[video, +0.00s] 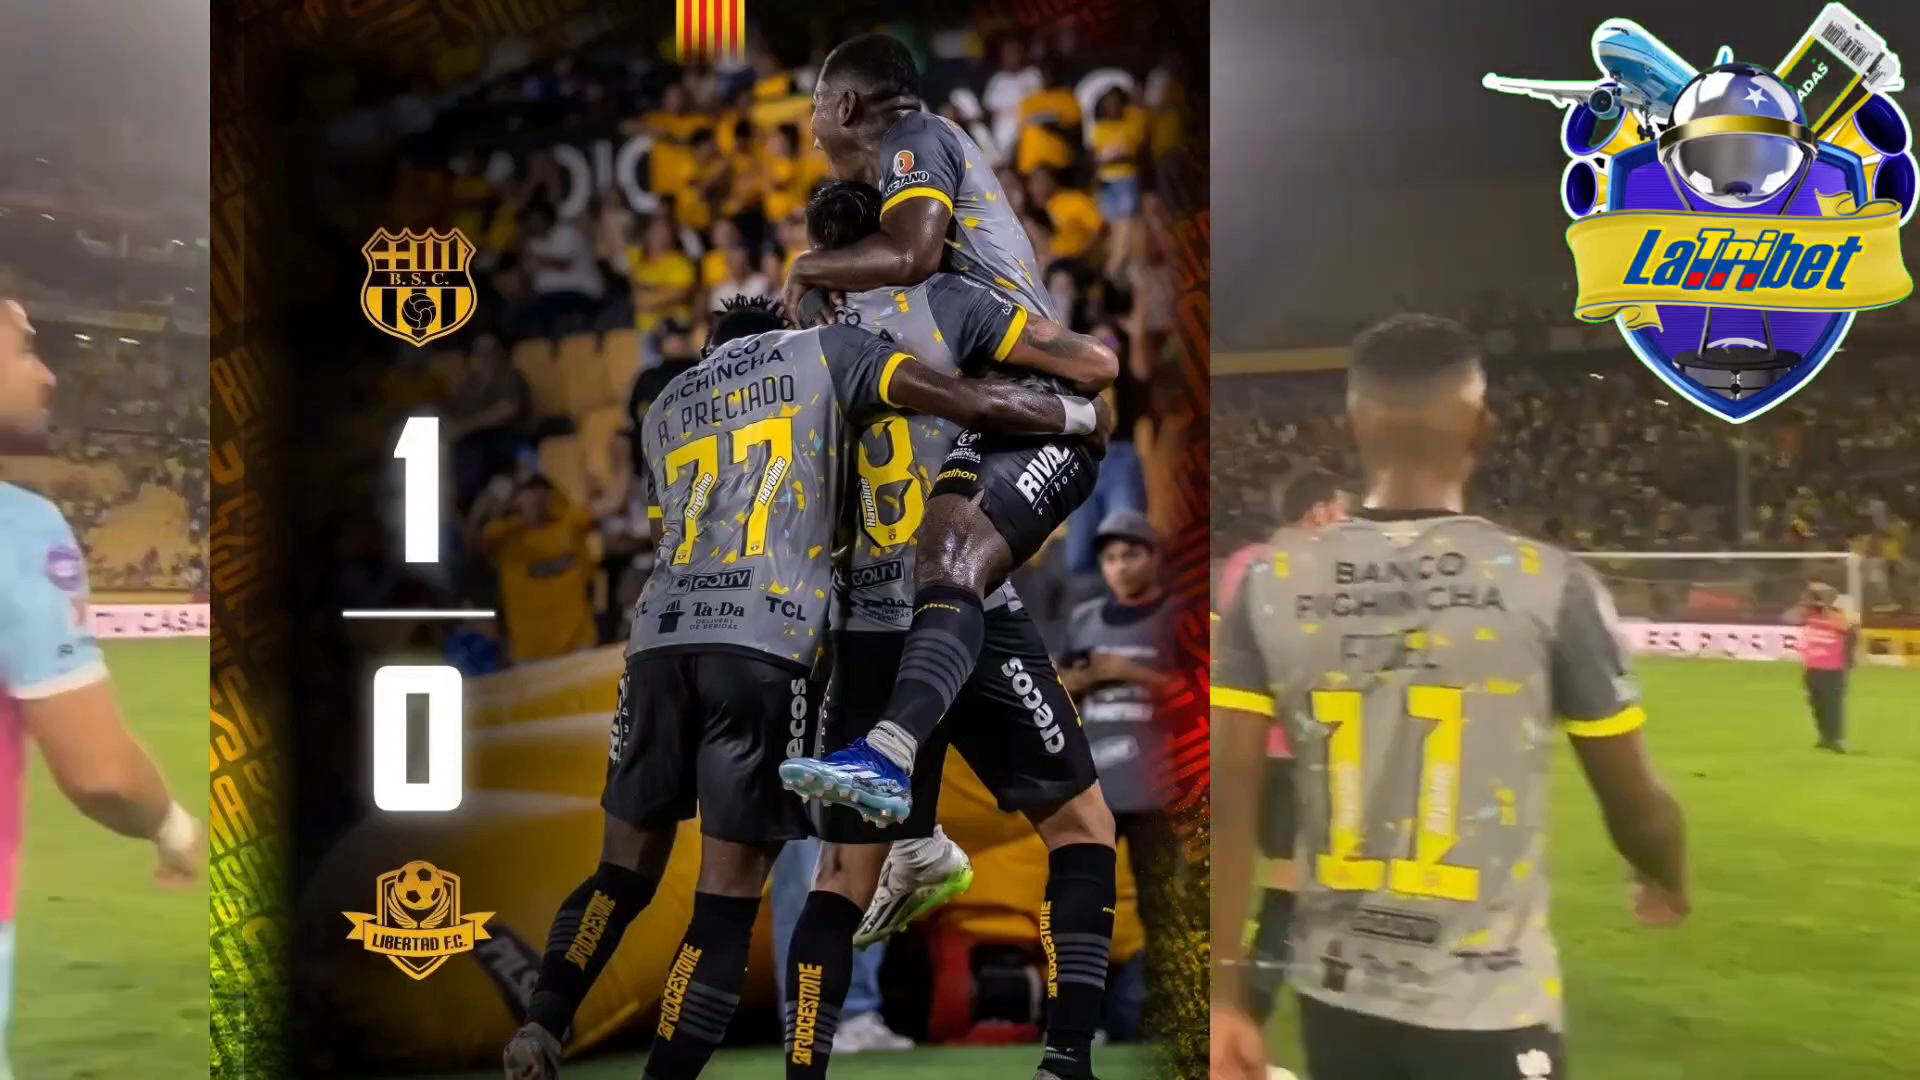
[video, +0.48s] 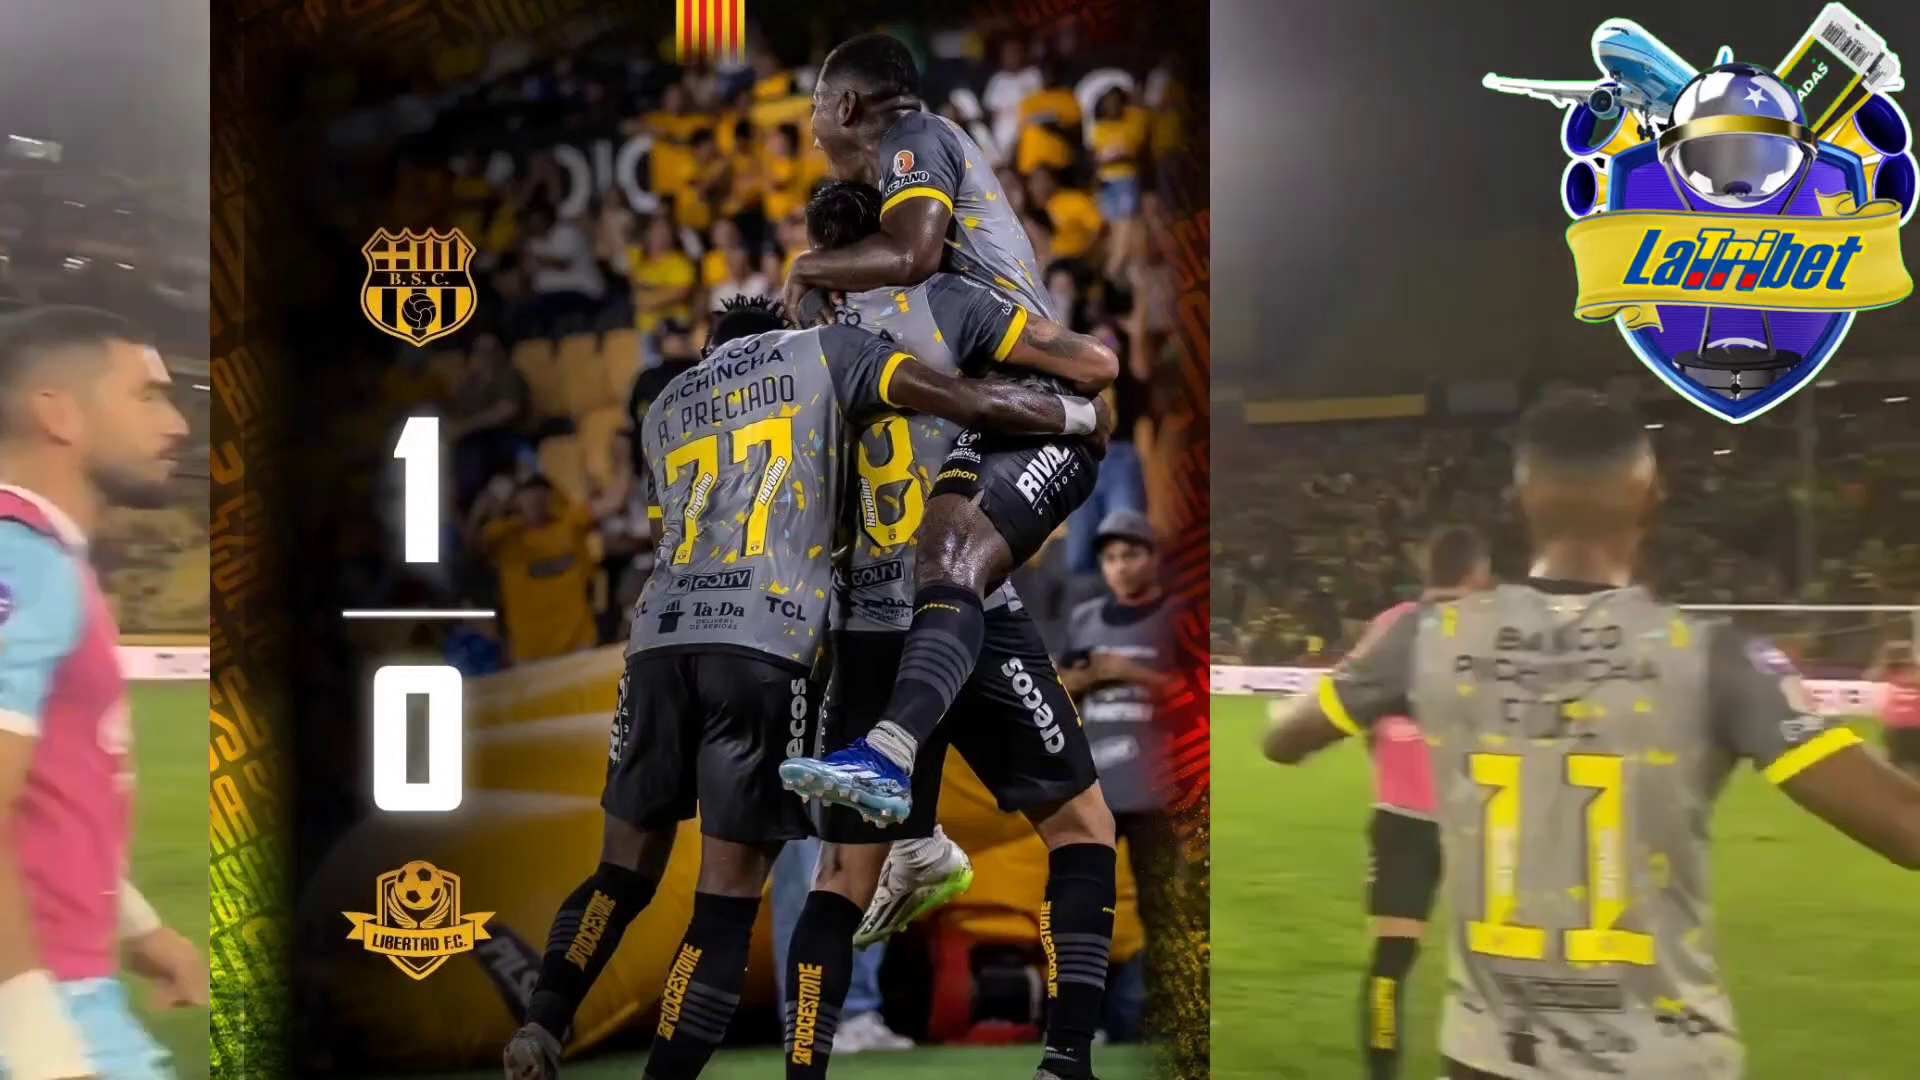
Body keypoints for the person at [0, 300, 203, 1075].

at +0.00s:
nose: (46, 373)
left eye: (33, 350)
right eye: (24, 350)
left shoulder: (23, 523)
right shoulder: (16, 524)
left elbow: (95, 771)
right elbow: (98, 771)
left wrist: (168, 824)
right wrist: (169, 824)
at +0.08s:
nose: (149, 394)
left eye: (137, 369)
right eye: (125, 368)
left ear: (54, 394)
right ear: (53, 392)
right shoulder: (83, 539)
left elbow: (165, 800)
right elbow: (166, 802)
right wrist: (240, 921)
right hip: (39, 956)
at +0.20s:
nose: (217, 413)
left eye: (210, 390)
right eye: (198, 389)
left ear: (121, 412)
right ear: (127, 411)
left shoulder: (16, 536)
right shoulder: (150, 549)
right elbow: (186, 813)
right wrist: (231, 961)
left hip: (12, 968)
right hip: (112, 980)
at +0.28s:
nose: (238, 431)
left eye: (235, 406)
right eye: (225, 406)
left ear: (160, 423)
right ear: (171, 422)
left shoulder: (58, 550)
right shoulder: (163, 552)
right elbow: (177, 824)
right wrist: (220, 993)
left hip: (29, 1010)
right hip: (123, 1018)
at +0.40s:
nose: (234, 427)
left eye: (229, 401)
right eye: (217, 400)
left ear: (141, 421)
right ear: (149, 419)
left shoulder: (64, 543)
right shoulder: (120, 558)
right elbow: (104, 820)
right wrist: (186, 1045)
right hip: (101, 1038)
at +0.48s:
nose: (177, 425)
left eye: (170, 397)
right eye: (149, 395)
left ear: (62, 414)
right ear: (56, 411)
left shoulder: (50, 560)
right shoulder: (29, 568)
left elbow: (47, 796)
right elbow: (2, 810)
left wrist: (139, 930)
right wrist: (32, 1031)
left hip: (73, 996)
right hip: (51, 1006)